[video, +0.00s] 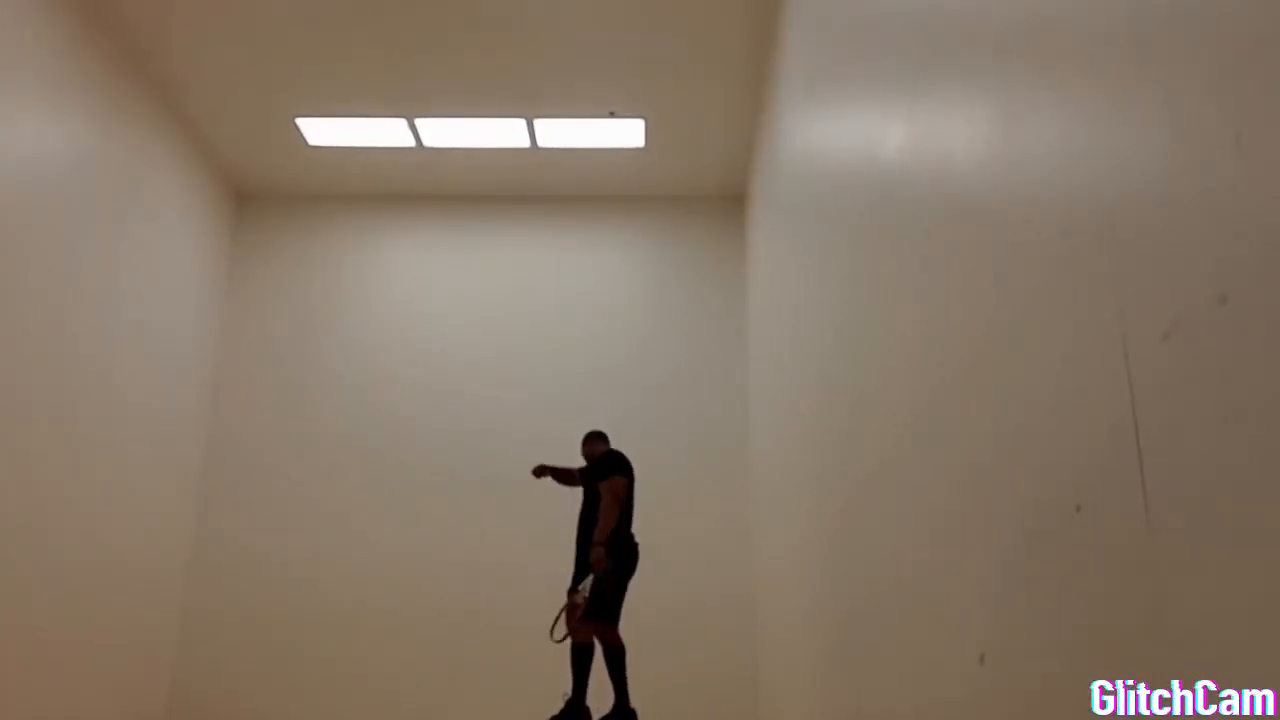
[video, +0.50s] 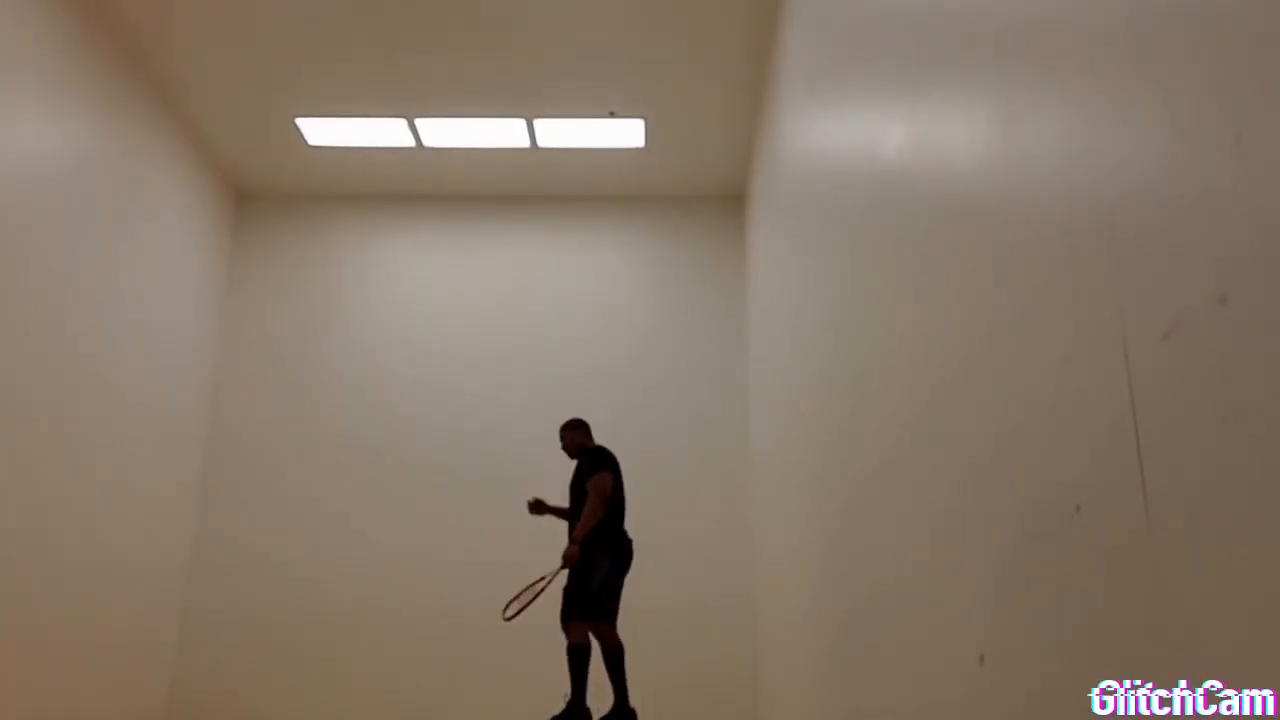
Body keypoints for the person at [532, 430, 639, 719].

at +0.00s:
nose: (585, 456)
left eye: (586, 451)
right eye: (585, 452)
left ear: (593, 446)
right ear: (604, 444)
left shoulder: (612, 462)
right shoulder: (600, 468)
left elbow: (611, 504)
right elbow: (576, 477)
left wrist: (599, 544)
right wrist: (550, 471)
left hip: (609, 556)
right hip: (613, 556)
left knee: (580, 624)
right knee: (606, 628)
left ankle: (577, 704)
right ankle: (622, 705)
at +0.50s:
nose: (564, 446)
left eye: (566, 440)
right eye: (562, 441)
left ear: (581, 436)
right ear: (581, 436)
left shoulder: (596, 458)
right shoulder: (585, 467)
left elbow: (599, 502)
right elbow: (582, 514)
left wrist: (576, 542)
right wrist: (549, 510)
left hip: (602, 551)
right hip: (596, 552)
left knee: (576, 624)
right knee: (602, 625)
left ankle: (577, 705)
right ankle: (623, 705)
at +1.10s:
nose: (556, 425)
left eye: (563, 421)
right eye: (556, 420)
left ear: (577, 424)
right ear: (560, 424)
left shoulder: (583, 455)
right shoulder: (574, 455)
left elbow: (571, 502)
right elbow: (566, 505)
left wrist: (533, 525)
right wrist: (536, 526)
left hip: (581, 551)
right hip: (575, 550)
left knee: (555, 618)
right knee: (562, 620)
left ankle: (593, 692)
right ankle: (585, 695)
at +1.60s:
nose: (555, 422)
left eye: (562, 417)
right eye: (553, 417)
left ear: (576, 423)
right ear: (551, 423)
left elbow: (584, 504)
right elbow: (549, 509)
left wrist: (536, 525)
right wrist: (529, 535)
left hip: (577, 548)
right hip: (551, 550)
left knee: (568, 621)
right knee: (541, 621)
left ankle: (578, 704)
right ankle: (545, 703)